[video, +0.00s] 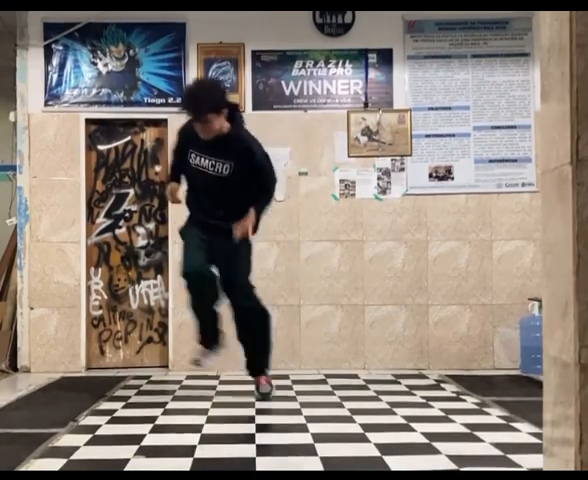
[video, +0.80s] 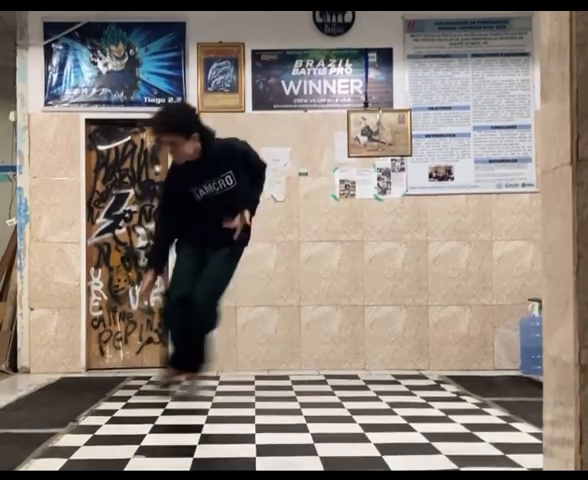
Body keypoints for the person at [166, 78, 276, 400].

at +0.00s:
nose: (203, 128)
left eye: (208, 121)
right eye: (199, 122)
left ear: (223, 113)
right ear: (193, 117)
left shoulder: (244, 145)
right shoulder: (189, 134)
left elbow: (267, 181)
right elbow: (179, 157)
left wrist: (253, 215)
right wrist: (174, 180)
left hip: (233, 231)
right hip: (198, 226)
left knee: (240, 295)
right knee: (195, 274)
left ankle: (259, 369)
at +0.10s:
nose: (187, 138)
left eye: (191, 131)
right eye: (182, 132)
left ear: (207, 121)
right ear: (175, 127)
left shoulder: (235, 138)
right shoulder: (171, 146)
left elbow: (261, 156)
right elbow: (157, 171)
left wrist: (246, 185)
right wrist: (158, 195)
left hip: (224, 228)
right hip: (188, 224)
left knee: (211, 290)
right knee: (170, 283)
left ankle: (218, 357)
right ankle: (163, 343)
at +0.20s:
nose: (169, 155)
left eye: (172, 148)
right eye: (165, 150)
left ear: (189, 137)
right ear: (161, 146)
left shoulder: (220, 147)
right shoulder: (165, 175)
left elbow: (239, 162)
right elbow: (150, 217)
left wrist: (239, 181)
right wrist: (133, 253)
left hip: (213, 244)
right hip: (178, 241)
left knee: (184, 303)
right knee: (159, 305)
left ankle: (170, 366)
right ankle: (124, 370)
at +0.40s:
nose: (186, 148)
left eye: (191, 142)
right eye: (180, 143)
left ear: (199, 133)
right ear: (167, 137)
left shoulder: (217, 148)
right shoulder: (159, 163)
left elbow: (247, 171)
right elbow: (150, 207)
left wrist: (247, 194)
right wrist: (146, 247)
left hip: (221, 235)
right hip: (185, 238)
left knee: (214, 300)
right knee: (177, 293)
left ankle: (204, 362)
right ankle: (148, 355)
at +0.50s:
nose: (209, 145)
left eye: (213, 138)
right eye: (203, 139)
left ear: (218, 132)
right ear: (185, 132)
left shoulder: (223, 156)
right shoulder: (163, 157)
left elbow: (247, 188)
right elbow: (155, 191)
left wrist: (265, 222)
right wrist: (161, 223)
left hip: (227, 234)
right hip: (193, 238)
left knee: (235, 297)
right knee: (200, 297)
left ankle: (267, 363)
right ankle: (209, 361)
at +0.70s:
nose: (196, 146)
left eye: (201, 140)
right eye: (190, 140)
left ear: (215, 133)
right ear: (183, 136)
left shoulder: (234, 161)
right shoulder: (174, 161)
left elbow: (253, 204)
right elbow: (163, 194)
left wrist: (255, 238)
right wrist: (165, 226)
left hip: (232, 248)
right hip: (195, 250)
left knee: (237, 308)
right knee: (205, 312)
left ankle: (270, 361)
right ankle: (228, 363)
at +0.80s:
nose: (170, 152)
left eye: (174, 145)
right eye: (167, 146)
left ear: (194, 140)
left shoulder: (233, 151)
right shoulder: (176, 178)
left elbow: (258, 172)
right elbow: (165, 226)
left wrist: (249, 209)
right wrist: (154, 267)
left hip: (228, 238)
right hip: (192, 241)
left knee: (203, 298)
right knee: (177, 298)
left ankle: (190, 365)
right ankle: (181, 364)